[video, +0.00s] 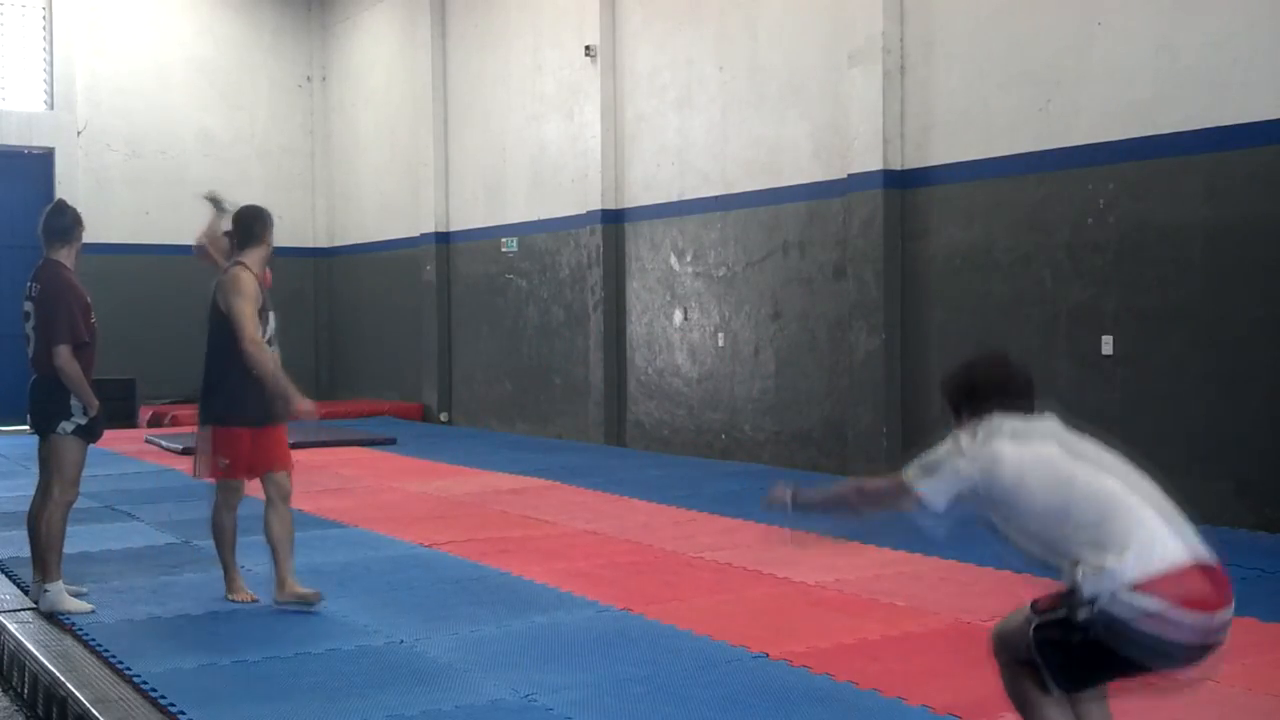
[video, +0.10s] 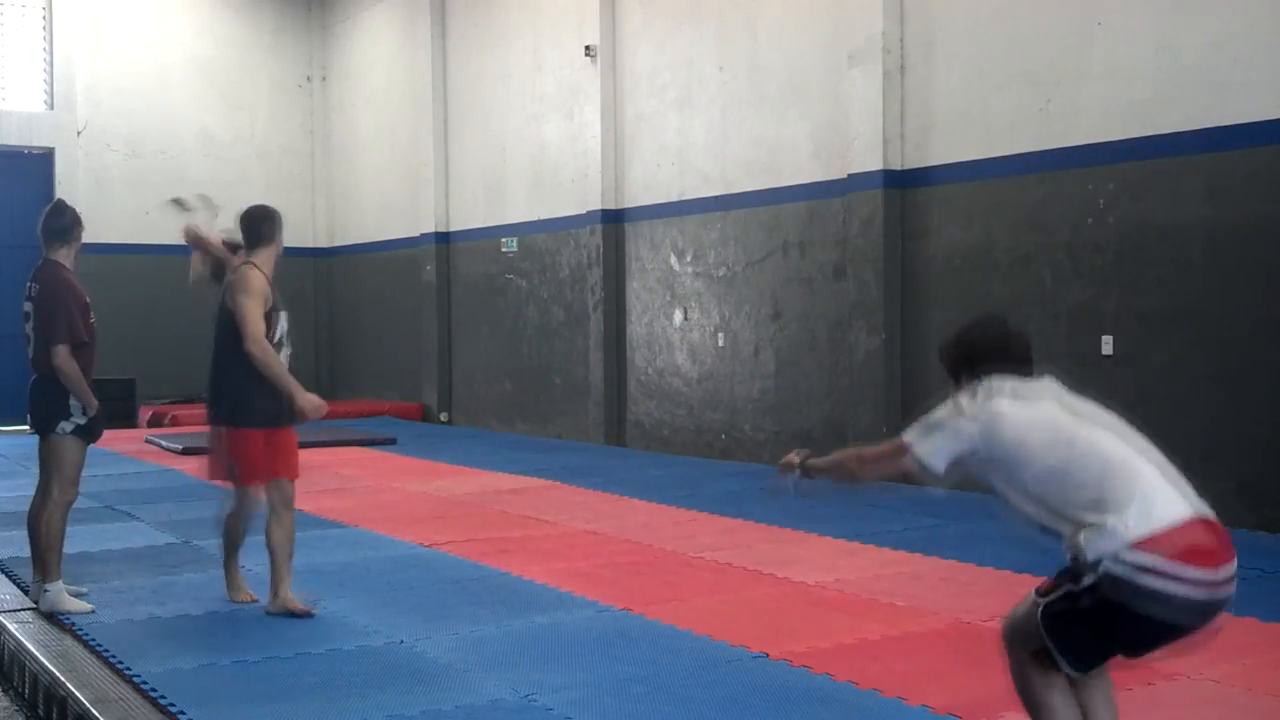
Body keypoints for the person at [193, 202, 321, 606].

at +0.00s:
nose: (274, 240)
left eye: (270, 235)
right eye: (273, 234)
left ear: (236, 237)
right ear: (267, 236)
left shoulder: (249, 275)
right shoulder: (238, 279)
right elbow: (251, 344)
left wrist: (220, 219)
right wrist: (291, 394)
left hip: (261, 405)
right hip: (231, 407)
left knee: (279, 489)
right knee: (230, 493)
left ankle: (285, 583)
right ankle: (232, 580)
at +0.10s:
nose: (283, 240)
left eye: (276, 234)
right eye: (282, 234)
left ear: (246, 237)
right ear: (278, 237)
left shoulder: (255, 276)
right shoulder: (248, 278)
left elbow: (232, 261)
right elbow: (254, 344)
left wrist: (209, 244)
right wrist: (297, 392)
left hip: (273, 408)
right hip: (243, 410)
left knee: (282, 498)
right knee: (249, 501)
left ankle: (281, 592)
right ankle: (231, 571)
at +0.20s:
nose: (293, 237)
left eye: (289, 231)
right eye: (292, 231)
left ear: (257, 235)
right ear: (289, 234)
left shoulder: (269, 275)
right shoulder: (257, 277)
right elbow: (246, 343)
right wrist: (287, 397)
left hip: (284, 404)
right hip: (255, 407)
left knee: (292, 503)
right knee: (271, 502)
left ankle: (280, 593)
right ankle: (238, 560)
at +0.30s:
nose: (306, 234)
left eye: (302, 227)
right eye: (305, 227)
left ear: (270, 230)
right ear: (300, 230)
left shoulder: (284, 278)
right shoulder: (261, 276)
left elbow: (276, 347)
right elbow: (235, 341)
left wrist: (307, 382)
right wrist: (284, 380)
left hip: (286, 401)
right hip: (258, 404)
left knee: (298, 497)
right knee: (286, 495)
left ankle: (281, 593)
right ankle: (246, 583)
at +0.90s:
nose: (351, 248)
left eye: (354, 239)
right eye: (347, 238)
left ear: (331, 234)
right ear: (320, 230)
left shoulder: (337, 278)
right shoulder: (263, 275)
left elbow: (348, 342)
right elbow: (243, 354)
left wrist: (340, 347)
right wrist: (310, 360)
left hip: (317, 416)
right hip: (266, 418)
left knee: (345, 510)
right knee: (264, 524)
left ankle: (314, 600)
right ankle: (273, 629)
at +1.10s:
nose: (366, 245)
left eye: (370, 237)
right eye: (359, 235)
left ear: (366, 235)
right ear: (329, 227)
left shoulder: (366, 285)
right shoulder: (277, 276)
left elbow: (382, 351)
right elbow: (233, 347)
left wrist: (375, 370)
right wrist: (295, 362)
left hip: (340, 431)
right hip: (280, 431)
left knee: (363, 530)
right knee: (278, 532)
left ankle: (378, 638)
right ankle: (280, 632)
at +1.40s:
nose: (403, 231)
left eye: (411, 223)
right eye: (396, 220)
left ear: (416, 221)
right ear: (369, 211)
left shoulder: (423, 276)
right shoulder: (321, 264)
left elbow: (461, 350)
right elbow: (273, 334)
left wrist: (397, 376)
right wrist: (327, 375)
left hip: (393, 430)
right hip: (333, 426)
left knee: (397, 544)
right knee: (327, 541)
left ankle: (390, 654)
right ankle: (322, 614)